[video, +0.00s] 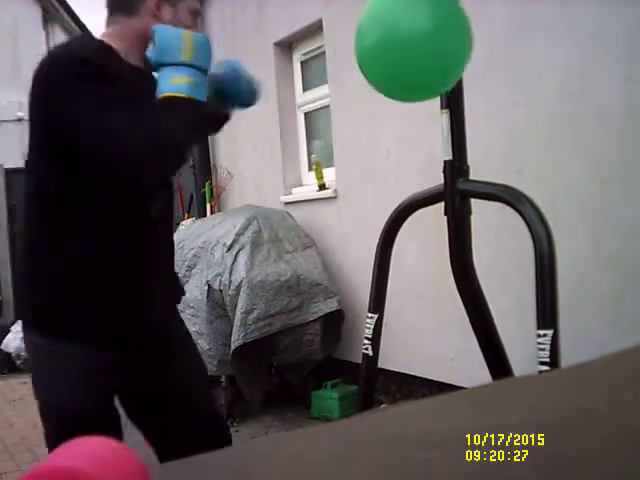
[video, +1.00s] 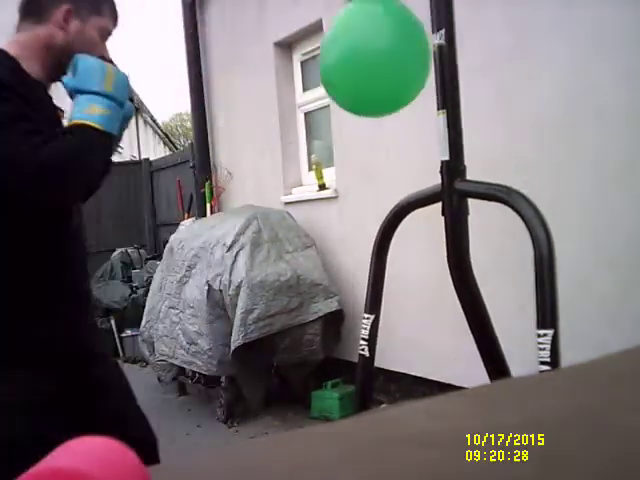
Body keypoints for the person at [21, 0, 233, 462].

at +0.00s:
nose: (197, 31)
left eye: (198, 17)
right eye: (191, 14)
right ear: (157, 9)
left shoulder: (150, 84)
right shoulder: (70, 68)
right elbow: (133, 158)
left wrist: (213, 105)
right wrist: (182, 91)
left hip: (143, 313)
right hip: (68, 321)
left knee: (206, 456)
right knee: (88, 470)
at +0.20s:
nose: (232, 27)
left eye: (230, 12)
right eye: (224, 10)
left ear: (187, 12)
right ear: (188, 9)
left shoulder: (182, 85)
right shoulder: (119, 76)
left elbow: (184, 194)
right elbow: (179, 175)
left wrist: (226, 233)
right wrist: (220, 92)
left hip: (191, 317)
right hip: (126, 324)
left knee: (250, 446)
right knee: (113, 468)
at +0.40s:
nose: (260, 13)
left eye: (257, 3)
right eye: (253, 2)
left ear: (214, 9)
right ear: (217, 7)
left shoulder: (215, 73)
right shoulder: (133, 63)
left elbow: (216, 125)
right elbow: (155, 165)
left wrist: (278, 105)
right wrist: (223, 101)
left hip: (205, 302)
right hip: (131, 305)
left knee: (249, 456)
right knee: (92, 463)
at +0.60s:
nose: (230, 17)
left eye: (229, 5)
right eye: (225, 4)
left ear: (190, 6)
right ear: (191, 3)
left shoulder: (188, 76)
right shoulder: (110, 67)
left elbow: (207, 145)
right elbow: (145, 162)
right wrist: (203, 89)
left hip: (194, 307)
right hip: (122, 311)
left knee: (238, 458)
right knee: (88, 466)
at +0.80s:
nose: (170, 46)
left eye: (171, 32)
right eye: (166, 28)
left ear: (130, 21)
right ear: (132, 18)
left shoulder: (115, 104)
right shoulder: (50, 88)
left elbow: (125, 192)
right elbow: (104, 188)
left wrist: (171, 154)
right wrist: (154, 125)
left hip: (139, 347)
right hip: (67, 355)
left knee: (208, 464)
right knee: (72, 476)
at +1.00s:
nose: (104, 52)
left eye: (108, 39)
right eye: (103, 35)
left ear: (65, 19)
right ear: (67, 18)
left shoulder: (37, 103)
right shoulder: (8, 91)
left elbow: (66, 189)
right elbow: (47, 190)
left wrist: (100, 114)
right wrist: (96, 108)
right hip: (32, 338)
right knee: (123, 450)